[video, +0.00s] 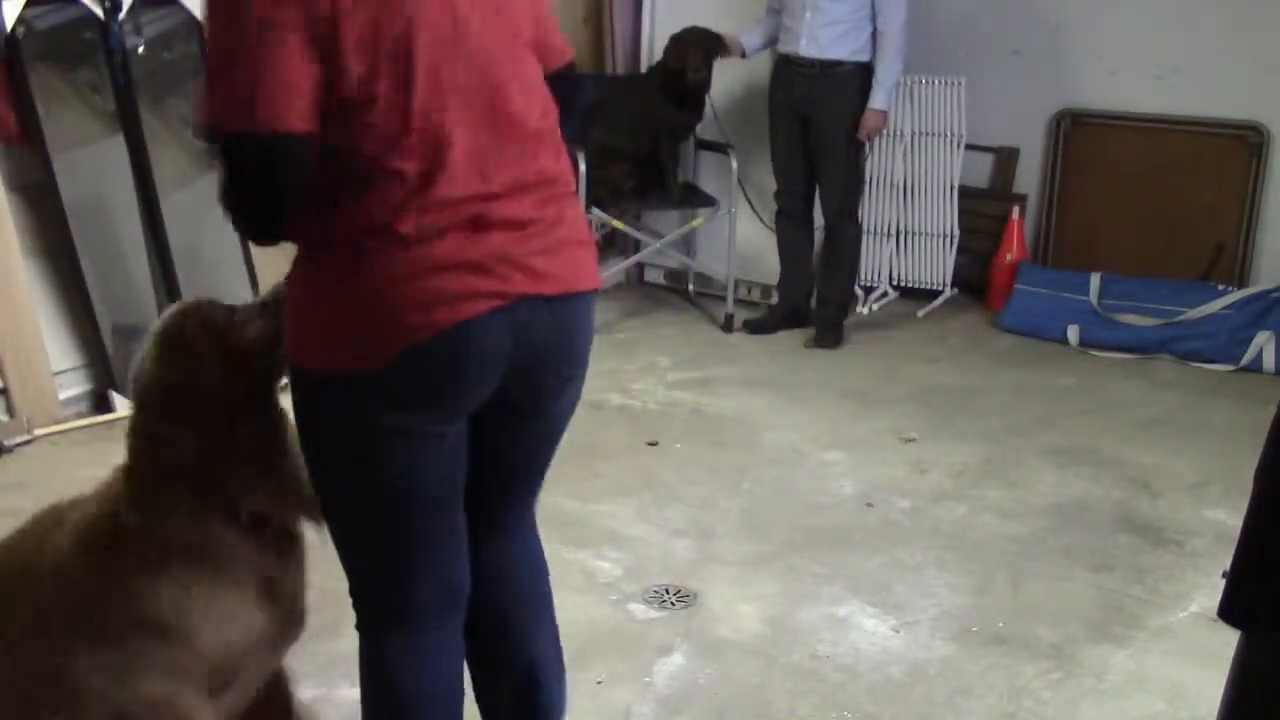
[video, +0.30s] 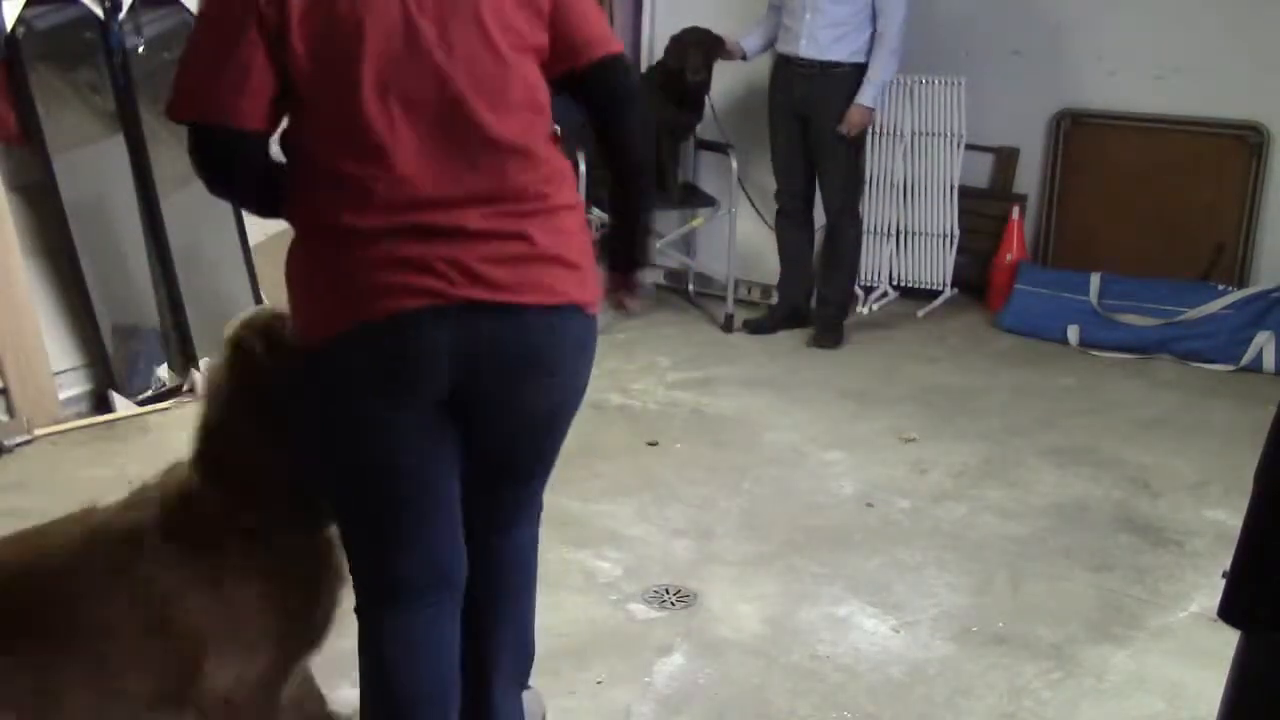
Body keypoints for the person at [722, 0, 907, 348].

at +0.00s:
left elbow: (892, 29)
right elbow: (779, 15)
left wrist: (879, 104)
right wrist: (741, 44)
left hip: (844, 80)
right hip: (788, 76)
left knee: (839, 208)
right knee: (790, 202)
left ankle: (831, 317)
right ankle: (792, 306)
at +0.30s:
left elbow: (890, 31)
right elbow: (778, 15)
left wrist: (867, 100)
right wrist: (742, 47)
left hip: (841, 81)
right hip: (787, 76)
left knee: (840, 208)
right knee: (791, 202)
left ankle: (831, 316)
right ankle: (792, 305)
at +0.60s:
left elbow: (888, 29)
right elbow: (775, 17)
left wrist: (852, 95)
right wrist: (745, 58)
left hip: (840, 84)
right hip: (786, 78)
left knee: (840, 209)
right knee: (791, 203)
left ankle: (831, 315)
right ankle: (792, 306)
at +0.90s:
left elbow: (882, 27)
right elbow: (764, 10)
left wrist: (825, 75)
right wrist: (766, 66)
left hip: (844, 78)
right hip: (787, 74)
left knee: (839, 206)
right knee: (791, 202)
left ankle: (831, 315)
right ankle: (792, 306)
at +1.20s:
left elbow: (889, 21)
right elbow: (762, 9)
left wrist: (839, 78)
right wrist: (763, 73)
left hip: (846, 78)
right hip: (786, 74)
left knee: (839, 208)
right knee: (791, 204)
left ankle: (831, 313)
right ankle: (792, 305)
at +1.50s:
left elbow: (898, 23)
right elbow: (759, 13)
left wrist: (902, 100)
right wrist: (755, 77)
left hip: (843, 80)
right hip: (786, 77)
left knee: (840, 209)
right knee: (790, 204)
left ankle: (831, 314)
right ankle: (793, 306)